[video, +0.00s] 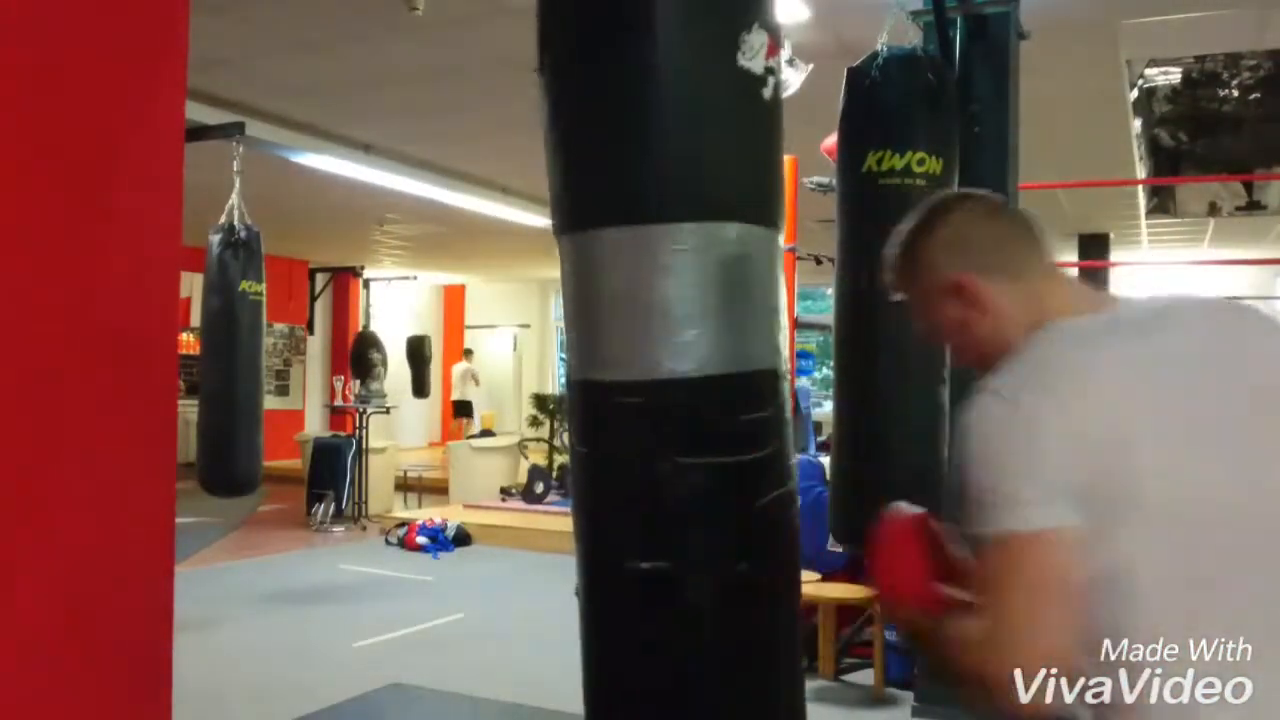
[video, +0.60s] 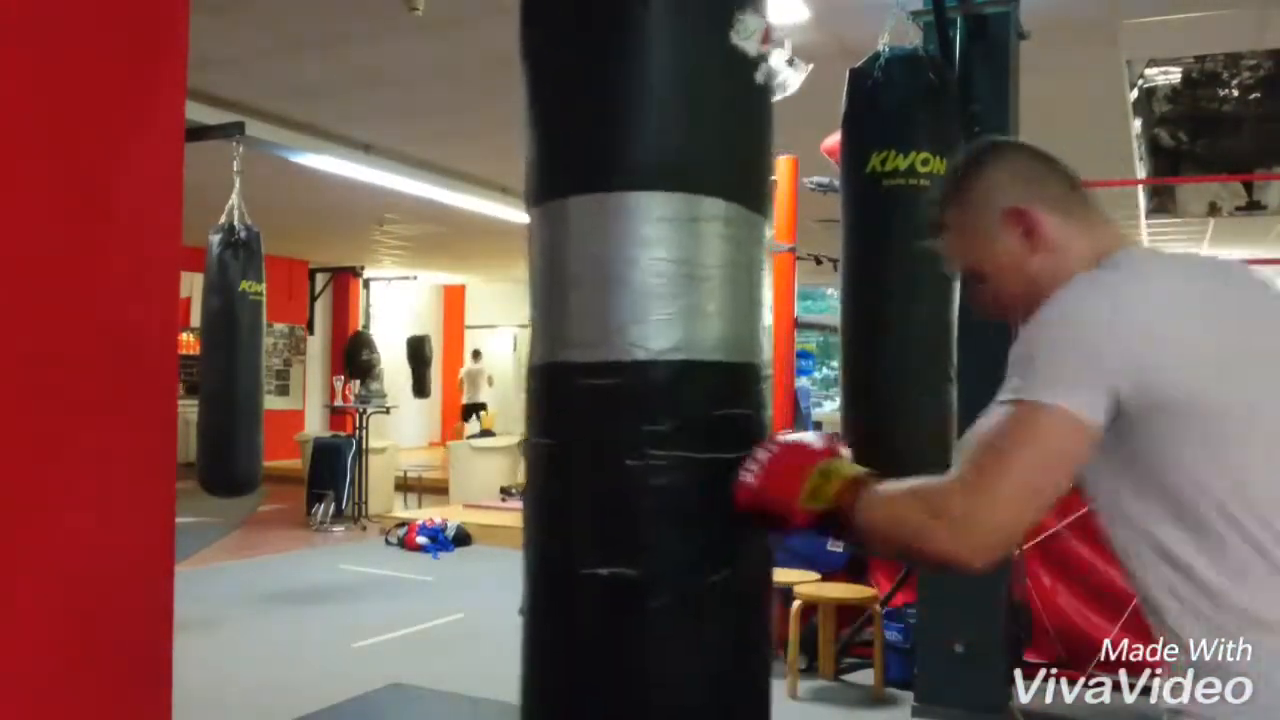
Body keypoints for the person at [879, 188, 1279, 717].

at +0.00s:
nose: (958, 358)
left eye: (945, 334)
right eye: (942, 341)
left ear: (968, 299)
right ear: (1040, 262)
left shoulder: (1023, 403)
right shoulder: (1251, 333)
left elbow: (1032, 675)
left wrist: (929, 613)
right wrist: (993, 582)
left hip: (1146, 706)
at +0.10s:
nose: (1017, 357)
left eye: (1001, 326)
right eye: (998, 333)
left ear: (1036, 286)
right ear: (1107, 257)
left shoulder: (1114, 390)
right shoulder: (1265, 321)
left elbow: (1154, 659)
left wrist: (1023, 627)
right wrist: (1095, 569)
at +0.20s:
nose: (1073, 339)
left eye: (1059, 308)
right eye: (1056, 314)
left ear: (1102, 260)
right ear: (1105, 257)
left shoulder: (1194, 364)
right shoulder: (1259, 312)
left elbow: (1241, 641)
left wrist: (1111, 605)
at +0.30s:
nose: (1093, 315)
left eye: (1081, 283)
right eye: (1075, 290)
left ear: (1133, 233)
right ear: (1133, 232)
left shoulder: (1224, 334)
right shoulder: (1250, 302)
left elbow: (1256, 593)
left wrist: (1112, 536)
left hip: (1260, 699)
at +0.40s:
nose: (1080, 307)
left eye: (1068, 271)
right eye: (1062, 277)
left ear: (1120, 221)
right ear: (1120, 219)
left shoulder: (1208, 299)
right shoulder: (1251, 281)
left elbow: (1235, 556)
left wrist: (1075, 490)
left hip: (1256, 687)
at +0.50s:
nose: (1040, 305)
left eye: (1031, 276)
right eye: (1025, 281)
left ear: (1080, 230)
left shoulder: (1145, 311)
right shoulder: (1263, 285)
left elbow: (1069, 529)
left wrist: (933, 494)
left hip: (1244, 692)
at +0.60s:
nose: (979, 307)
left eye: (976, 277)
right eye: (967, 285)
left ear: (1028, 232)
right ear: (1038, 225)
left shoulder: (1094, 315)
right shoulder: (1237, 288)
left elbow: (969, 530)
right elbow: (985, 494)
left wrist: (834, 490)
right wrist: (858, 488)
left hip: (1241, 692)